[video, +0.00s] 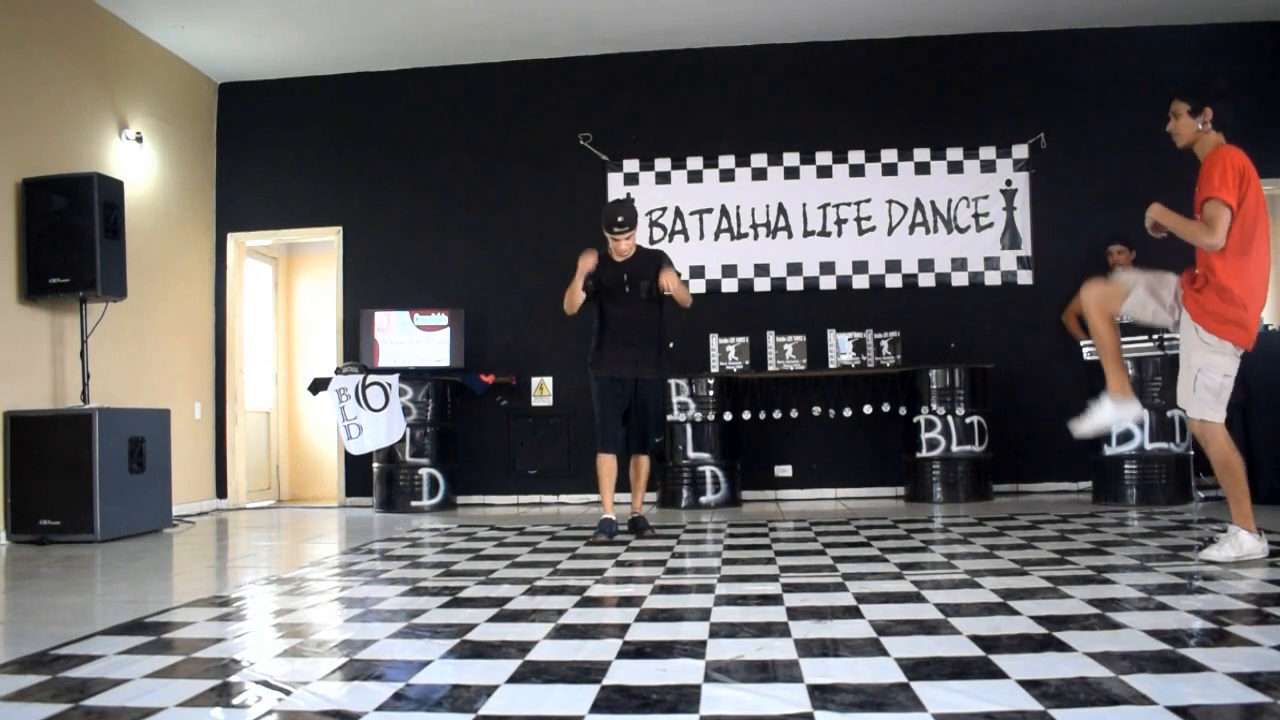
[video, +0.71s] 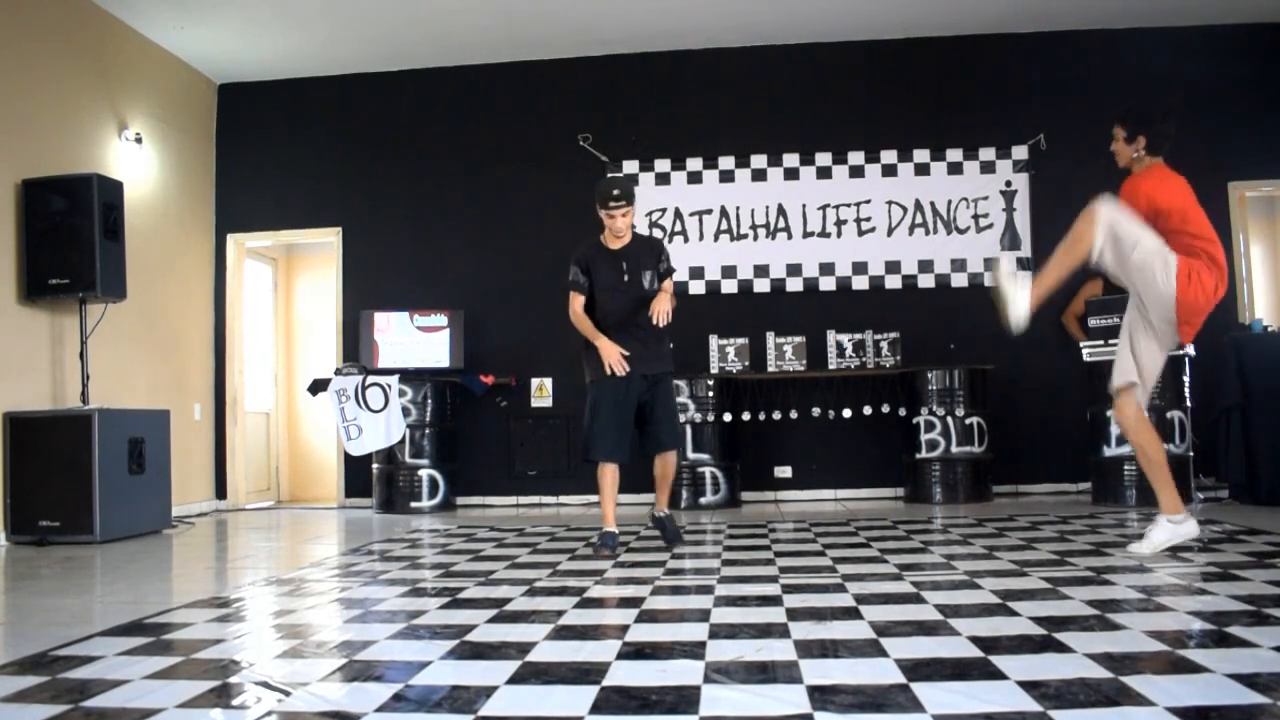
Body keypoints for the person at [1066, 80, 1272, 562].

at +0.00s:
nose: (1169, 125)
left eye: (1176, 116)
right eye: (1169, 116)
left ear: (1205, 118)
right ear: (1200, 120)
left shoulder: (1224, 161)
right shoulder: (1218, 163)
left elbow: (1213, 235)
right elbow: (1217, 245)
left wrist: (1163, 216)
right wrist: (1138, 265)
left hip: (1221, 312)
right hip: (1193, 293)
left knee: (1206, 422)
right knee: (1096, 294)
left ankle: (1246, 533)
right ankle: (1121, 400)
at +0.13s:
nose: (1165, 119)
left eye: (1171, 110)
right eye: (1165, 111)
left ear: (1198, 109)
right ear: (1196, 111)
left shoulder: (1215, 152)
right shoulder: (1225, 159)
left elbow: (1218, 226)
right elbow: (1267, 233)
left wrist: (1163, 220)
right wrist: (1249, 296)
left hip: (1221, 313)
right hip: (1188, 302)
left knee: (1218, 422)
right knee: (1111, 367)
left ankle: (1248, 532)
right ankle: (1149, 471)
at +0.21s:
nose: (1162, 118)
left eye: (1167, 109)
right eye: (1162, 110)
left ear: (1194, 109)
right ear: (1192, 110)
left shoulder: (1209, 151)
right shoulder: (1214, 160)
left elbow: (1210, 227)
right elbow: (1266, 239)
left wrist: (1159, 223)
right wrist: (1247, 301)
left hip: (1211, 312)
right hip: (1176, 311)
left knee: (1224, 421)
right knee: (1138, 403)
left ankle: (1249, 532)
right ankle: (1168, 508)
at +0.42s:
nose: (1145, 128)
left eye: (1150, 118)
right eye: (1146, 119)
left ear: (1176, 121)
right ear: (1180, 123)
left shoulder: (1175, 162)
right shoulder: (1202, 172)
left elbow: (1167, 239)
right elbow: (1233, 253)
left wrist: (1133, 229)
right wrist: (1197, 285)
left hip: (1175, 319)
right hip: (1194, 320)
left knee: (1158, 425)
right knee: (1155, 425)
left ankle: (1224, 516)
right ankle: (1182, 526)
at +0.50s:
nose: (1136, 131)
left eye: (1142, 122)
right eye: (1137, 123)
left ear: (1167, 126)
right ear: (1166, 127)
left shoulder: (1170, 166)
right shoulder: (1184, 169)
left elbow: (1153, 241)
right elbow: (1182, 249)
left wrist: (1124, 230)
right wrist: (1144, 248)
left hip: (1175, 310)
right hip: (1194, 315)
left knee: (1114, 399)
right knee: (1157, 425)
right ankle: (1184, 528)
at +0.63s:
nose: (1122, 139)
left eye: (1128, 131)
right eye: (1123, 131)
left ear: (1153, 134)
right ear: (1153, 135)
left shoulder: (1158, 172)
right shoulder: (1170, 174)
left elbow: (1133, 250)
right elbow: (1168, 258)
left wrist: (1116, 233)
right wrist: (1120, 260)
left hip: (1183, 292)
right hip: (1191, 305)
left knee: (1076, 289)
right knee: (1144, 412)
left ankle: (1041, 398)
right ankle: (1183, 525)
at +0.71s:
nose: (1111, 148)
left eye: (1116, 140)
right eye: (1112, 140)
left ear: (1140, 144)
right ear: (1143, 145)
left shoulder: (1142, 184)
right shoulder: (1163, 180)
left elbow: (1112, 257)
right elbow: (1130, 261)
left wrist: (1075, 307)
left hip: (1182, 283)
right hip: (1165, 308)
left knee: (1101, 211)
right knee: (1127, 408)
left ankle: (1026, 298)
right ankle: (1175, 516)